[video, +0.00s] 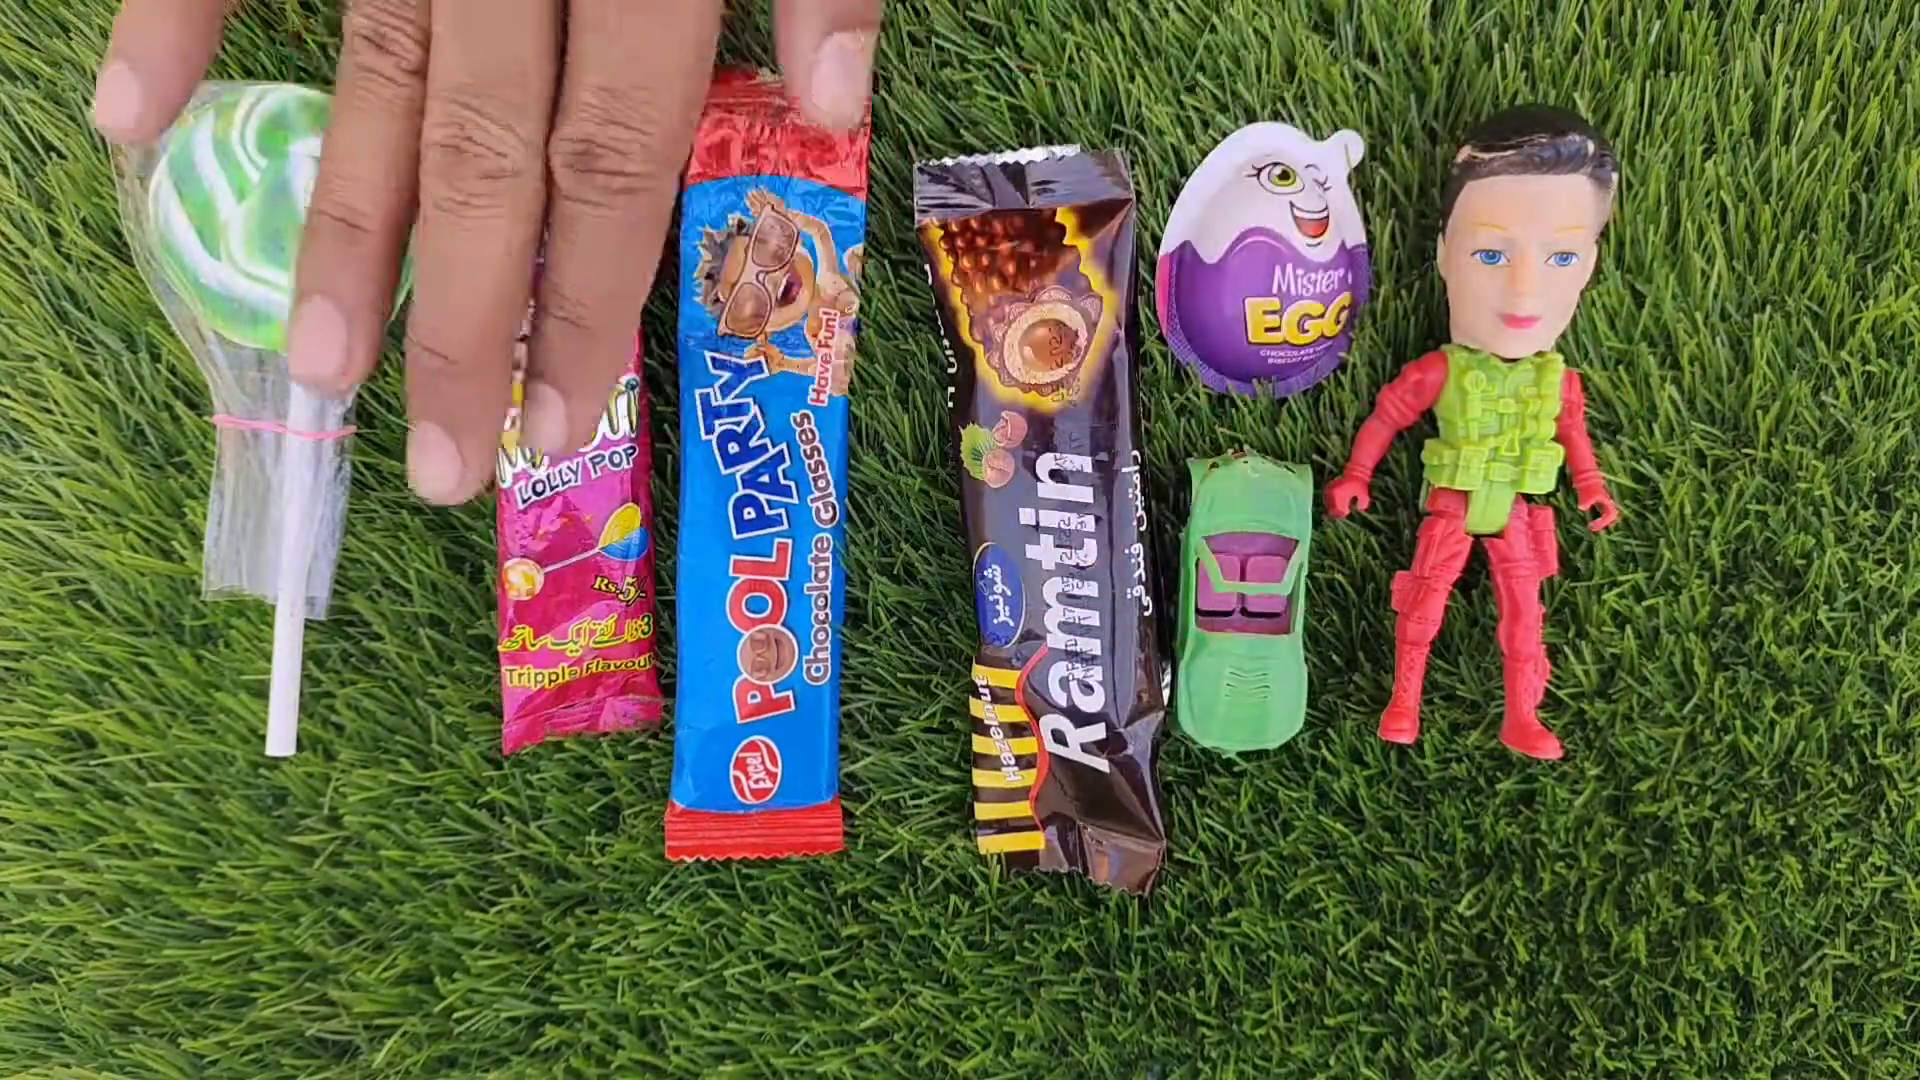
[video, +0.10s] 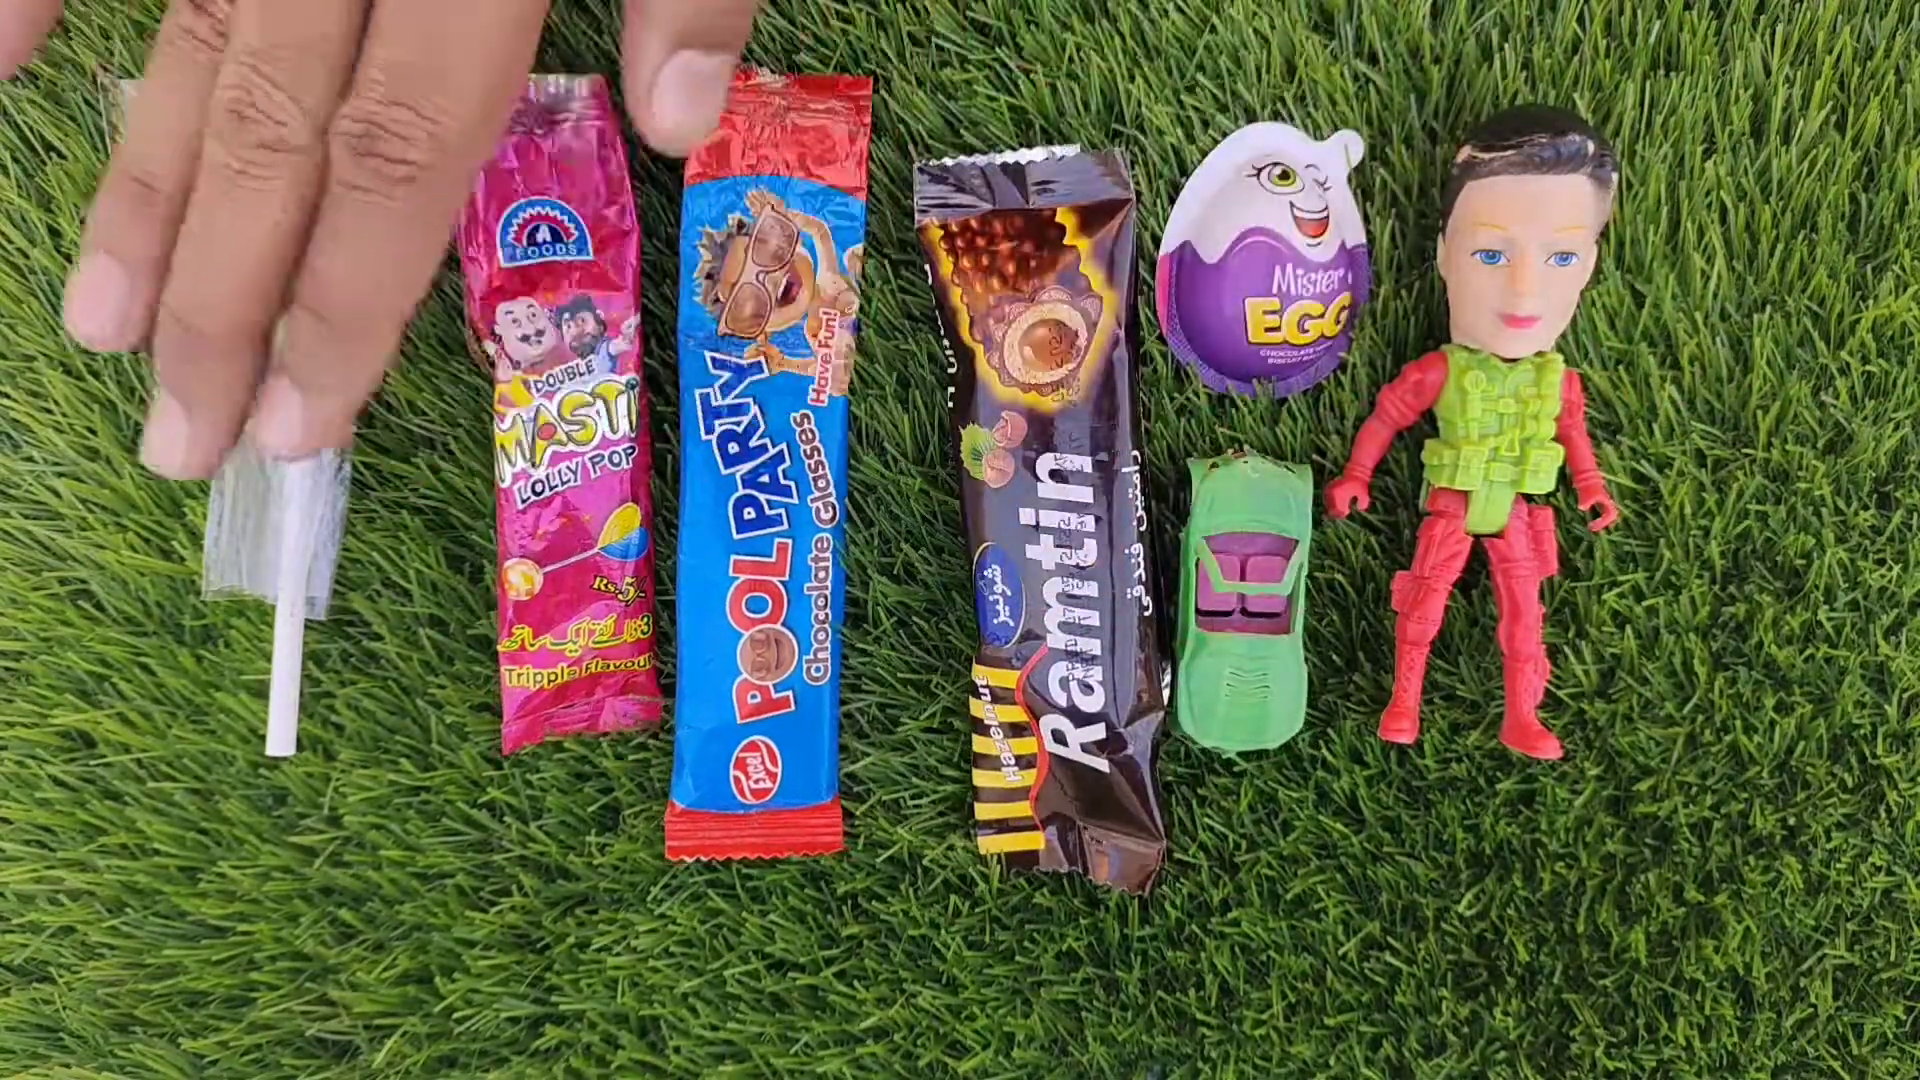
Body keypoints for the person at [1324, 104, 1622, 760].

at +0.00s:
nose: (1523, 285)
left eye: (1560, 257)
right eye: (1491, 254)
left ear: (1590, 271)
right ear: (1441, 259)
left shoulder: (1560, 382)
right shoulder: (1440, 372)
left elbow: (1576, 441)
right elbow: (1386, 419)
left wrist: (1591, 486)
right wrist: (1356, 474)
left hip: (1522, 510)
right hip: (1453, 502)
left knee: (1524, 613)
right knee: (1424, 602)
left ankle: (1521, 716)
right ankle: (1405, 698)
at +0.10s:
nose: (1523, 285)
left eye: (1560, 257)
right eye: (1491, 254)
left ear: (1590, 271)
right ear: (1441, 259)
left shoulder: (1560, 382)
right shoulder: (1440, 372)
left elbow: (1576, 441)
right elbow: (1386, 419)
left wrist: (1591, 486)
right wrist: (1356, 474)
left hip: (1522, 510)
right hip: (1453, 502)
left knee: (1524, 613)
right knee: (1424, 602)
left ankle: (1521, 716)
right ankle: (1405, 698)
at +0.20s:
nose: (1523, 284)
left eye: (1560, 257)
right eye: (1492, 254)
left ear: (1589, 272)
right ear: (1441, 260)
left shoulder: (1561, 382)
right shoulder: (1441, 371)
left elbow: (1576, 440)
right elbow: (1386, 418)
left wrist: (1590, 485)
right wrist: (1357, 473)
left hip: (1523, 509)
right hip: (1453, 501)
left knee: (1524, 612)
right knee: (1424, 601)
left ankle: (1521, 715)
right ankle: (1405, 697)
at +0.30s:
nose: (1523, 284)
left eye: (1560, 257)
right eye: (1492, 254)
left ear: (1589, 272)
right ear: (1442, 260)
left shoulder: (1561, 382)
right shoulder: (1441, 371)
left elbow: (1576, 441)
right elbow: (1386, 418)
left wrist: (1590, 485)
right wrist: (1357, 473)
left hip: (1523, 510)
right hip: (1453, 502)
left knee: (1524, 614)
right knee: (1424, 602)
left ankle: (1521, 716)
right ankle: (1406, 698)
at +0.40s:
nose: (1523, 284)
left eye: (1560, 257)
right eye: (1491, 254)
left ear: (1589, 272)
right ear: (1442, 259)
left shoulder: (1561, 382)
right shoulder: (1441, 371)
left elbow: (1576, 442)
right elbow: (1386, 418)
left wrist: (1591, 487)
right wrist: (1357, 473)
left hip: (1523, 510)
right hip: (1453, 503)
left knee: (1524, 614)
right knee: (1424, 603)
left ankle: (1521, 716)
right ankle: (1406, 698)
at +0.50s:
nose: (1523, 284)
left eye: (1560, 257)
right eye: (1492, 254)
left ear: (1589, 272)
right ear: (1442, 260)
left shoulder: (1561, 382)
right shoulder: (1441, 371)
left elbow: (1576, 441)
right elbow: (1386, 418)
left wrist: (1590, 486)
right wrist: (1357, 473)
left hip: (1523, 510)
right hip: (1453, 502)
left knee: (1524, 614)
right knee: (1424, 603)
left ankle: (1521, 716)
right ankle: (1406, 698)